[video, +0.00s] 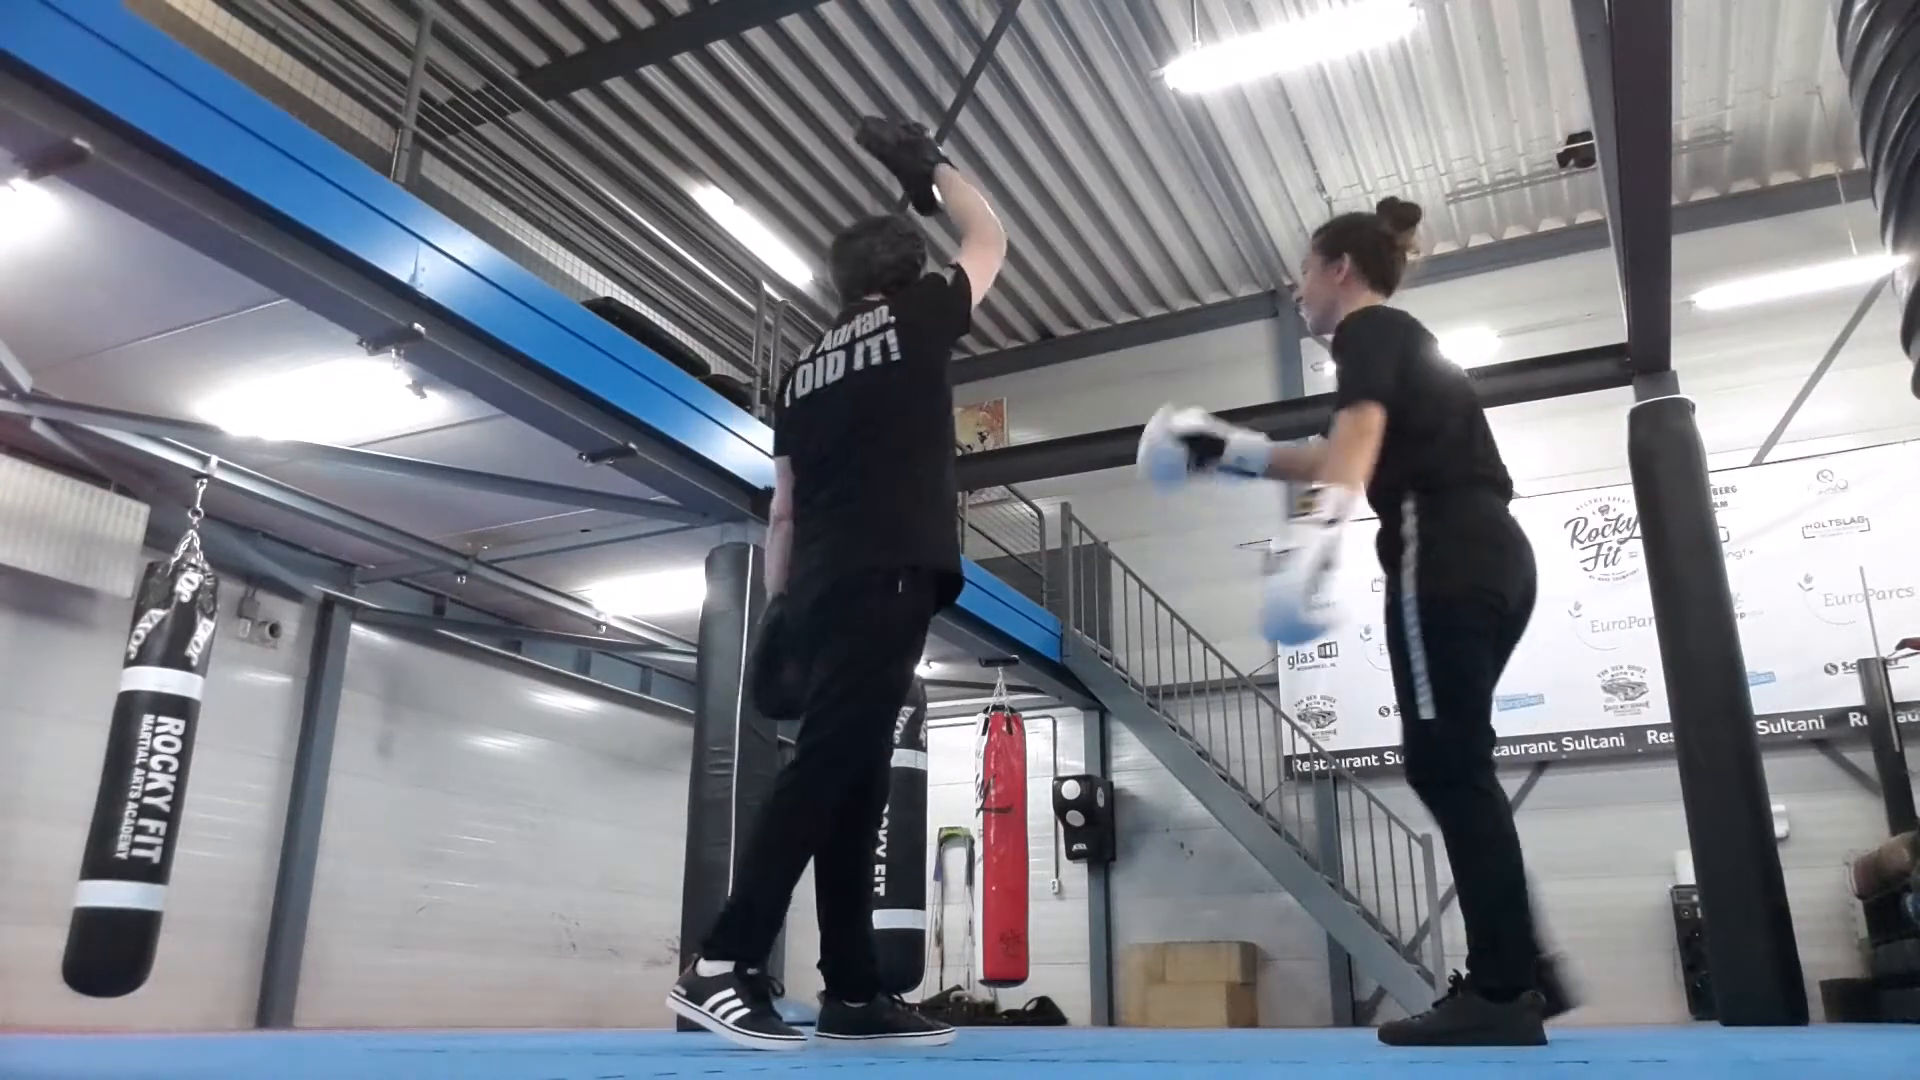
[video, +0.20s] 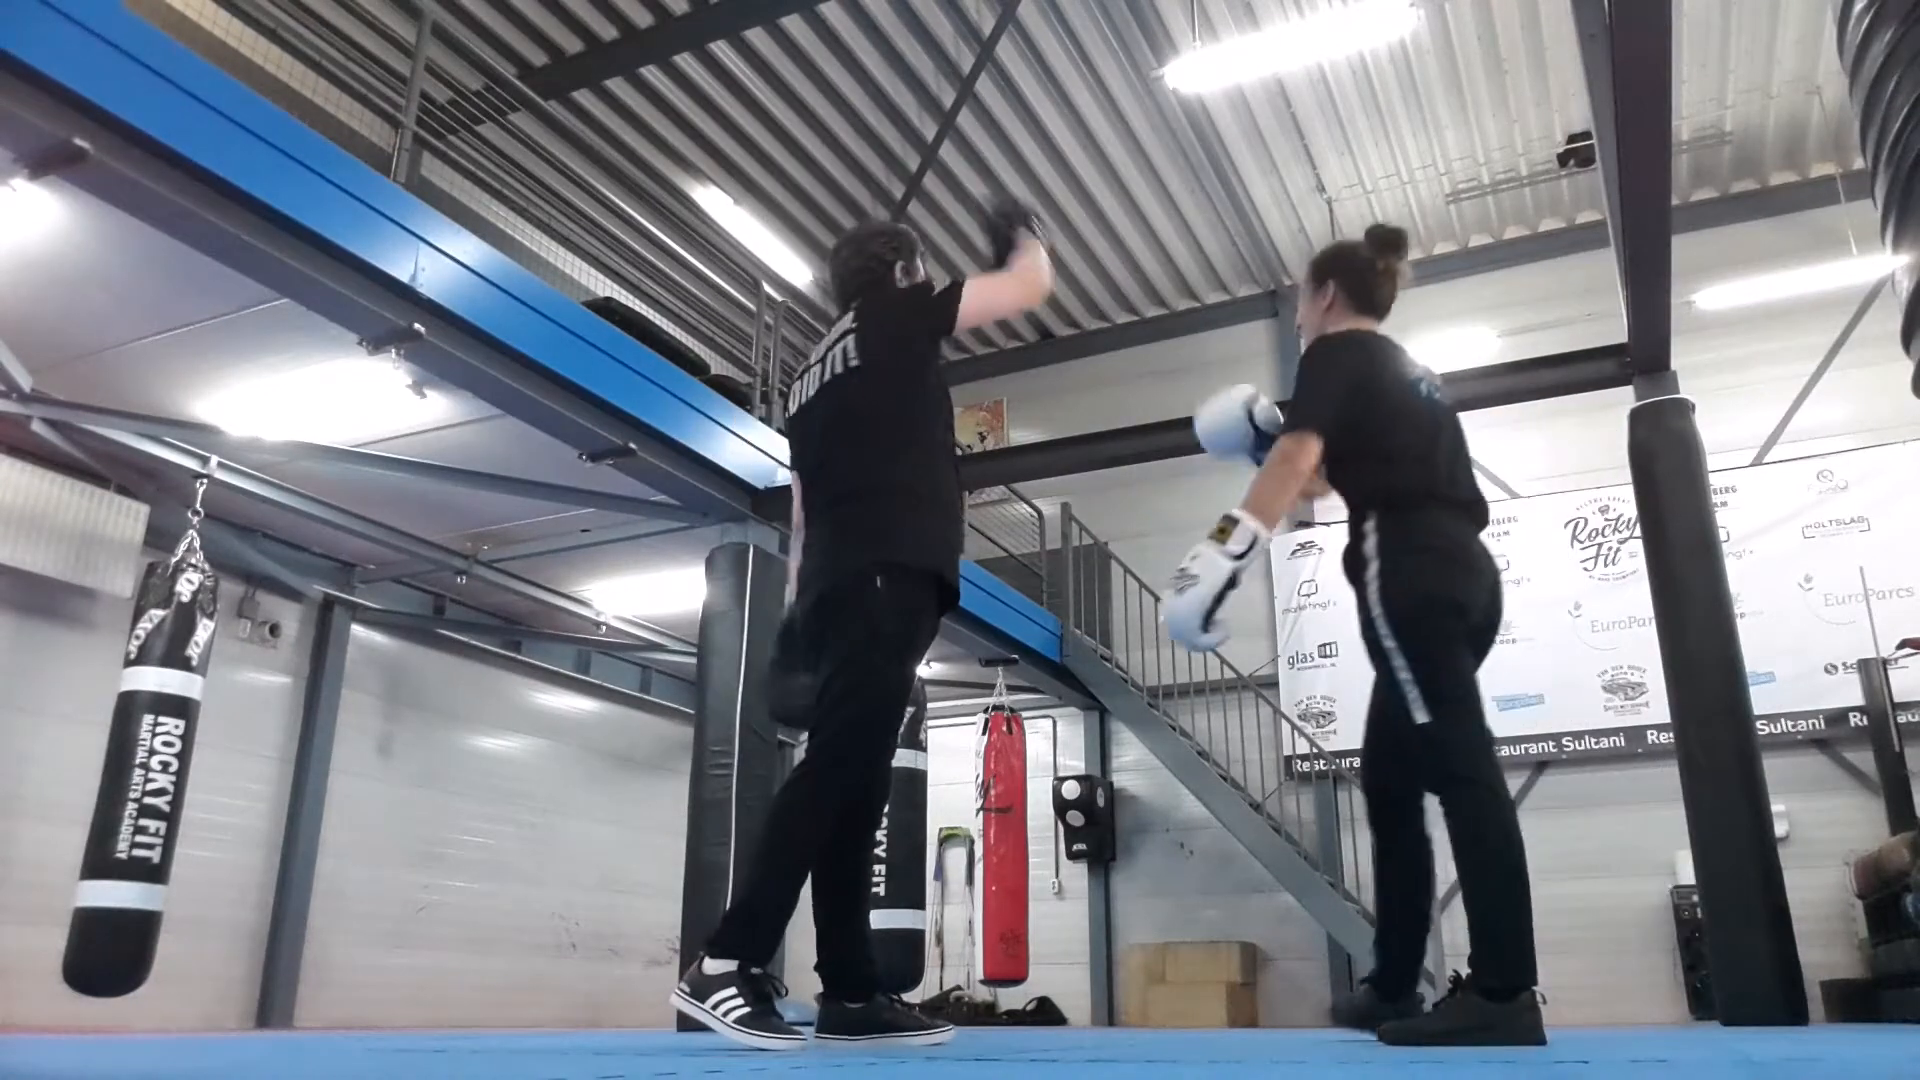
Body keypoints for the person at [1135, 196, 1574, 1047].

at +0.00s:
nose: (1297, 289)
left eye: (1304, 272)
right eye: (1299, 275)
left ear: (1342, 270)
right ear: (1367, 274)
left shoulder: (1368, 329)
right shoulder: (1400, 343)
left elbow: (1361, 435)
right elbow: (1345, 461)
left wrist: (1321, 532)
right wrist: (1240, 452)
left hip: (1442, 554)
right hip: (1487, 551)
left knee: (1446, 763)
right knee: (1450, 761)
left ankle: (1502, 989)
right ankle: (1522, 971)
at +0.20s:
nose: (1297, 314)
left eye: (1300, 300)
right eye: (1299, 301)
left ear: (1325, 295)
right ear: (1374, 302)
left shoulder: (1332, 355)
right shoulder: (1403, 367)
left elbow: (1297, 456)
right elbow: (1354, 453)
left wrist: (1227, 550)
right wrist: (1276, 423)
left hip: (1401, 565)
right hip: (1465, 566)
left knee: (1463, 773)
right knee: (1391, 777)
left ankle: (1503, 993)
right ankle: (1395, 986)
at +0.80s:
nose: (1253, 395)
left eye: (1253, 386)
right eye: (1254, 387)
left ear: (1265, 378)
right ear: (1318, 379)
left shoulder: (1272, 414)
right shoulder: (1368, 445)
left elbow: (1268, 477)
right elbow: (1430, 523)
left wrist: (1229, 560)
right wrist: (1498, 592)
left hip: (1306, 613)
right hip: (1382, 622)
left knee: (1247, 785)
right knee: (1371, 806)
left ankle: (1288, 977)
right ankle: (1394, 1001)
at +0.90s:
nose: (1238, 408)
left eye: (1239, 400)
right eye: (1239, 401)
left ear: (1251, 393)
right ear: (1308, 394)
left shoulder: (1255, 430)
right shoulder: (1355, 455)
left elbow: (1247, 489)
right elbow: (1426, 532)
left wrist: (1216, 555)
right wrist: (1504, 591)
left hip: (1291, 630)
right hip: (1370, 634)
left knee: (1251, 806)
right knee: (1370, 814)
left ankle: (1229, 993)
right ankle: (1394, 999)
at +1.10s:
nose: (1189, 435)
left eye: (1193, 422)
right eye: (1191, 423)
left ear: (1216, 418)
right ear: (1256, 421)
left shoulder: (1210, 468)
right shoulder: (1315, 475)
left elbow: (1187, 533)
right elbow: (1365, 565)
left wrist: (1144, 583)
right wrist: (1409, 633)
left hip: (1253, 656)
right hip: (1334, 652)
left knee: (1232, 824)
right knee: (1344, 822)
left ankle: (1226, 1004)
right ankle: (1392, 997)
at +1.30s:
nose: (1150, 433)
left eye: (1159, 420)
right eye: (1151, 420)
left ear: (1197, 421)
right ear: (1212, 425)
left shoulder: (1179, 478)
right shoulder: (1270, 481)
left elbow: (1147, 576)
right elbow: (1299, 590)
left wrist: (1110, 659)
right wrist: (1290, 658)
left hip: (1210, 660)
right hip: (1281, 660)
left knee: (1210, 834)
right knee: (1270, 828)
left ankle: (1222, 1004)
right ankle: (1347, 927)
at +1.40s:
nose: (1142, 432)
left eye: (1152, 420)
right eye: (1144, 419)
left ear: (1189, 423)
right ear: (1205, 427)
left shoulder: (1172, 482)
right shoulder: (1252, 485)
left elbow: (1151, 590)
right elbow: (1276, 594)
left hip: (1198, 655)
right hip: (1262, 655)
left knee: (1203, 832)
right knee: (1236, 822)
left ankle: (1222, 1001)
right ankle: (1314, 935)